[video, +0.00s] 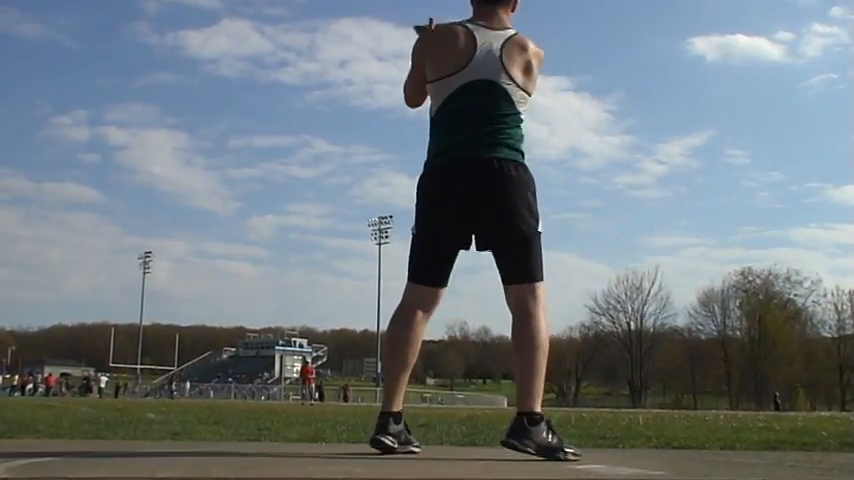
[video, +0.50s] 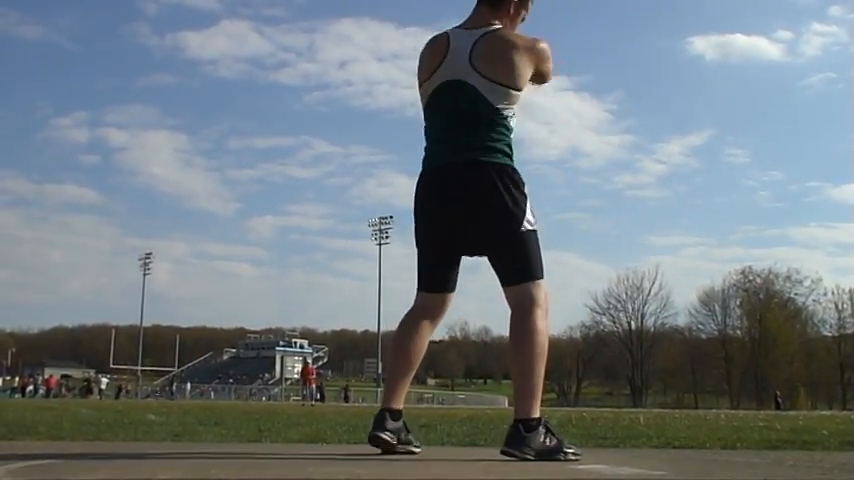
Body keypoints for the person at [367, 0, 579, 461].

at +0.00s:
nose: (517, 11)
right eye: (519, 7)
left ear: (471, 4)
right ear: (514, 7)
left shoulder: (435, 38)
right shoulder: (529, 50)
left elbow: (414, 96)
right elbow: (518, 90)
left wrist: (425, 42)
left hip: (443, 179)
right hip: (506, 180)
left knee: (418, 302)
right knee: (529, 304)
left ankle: (389, 419)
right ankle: (530, 421)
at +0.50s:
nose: (526, 16)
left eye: (526, 10)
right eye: (527, 10)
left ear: (480, 3)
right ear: (515, 7)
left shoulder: (432, 47)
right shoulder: (524, 47)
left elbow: (433, 98)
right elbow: (541, 76)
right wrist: (517, 50)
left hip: (434, 187)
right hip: (492, 183)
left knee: (427, 307)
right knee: (530, 303)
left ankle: (388, 418)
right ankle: (528, 428)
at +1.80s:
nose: (508, 10)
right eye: (510, 7)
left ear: (460, 4)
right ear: (505, 5)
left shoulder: (421, 44)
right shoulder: (523, 47)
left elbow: (409, 100)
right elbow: (509, 90)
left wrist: (427, 44)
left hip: (435, 183)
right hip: (498, 182)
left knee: (412, 303)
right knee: (525, 307)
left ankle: (382, 420)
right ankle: (529, 421)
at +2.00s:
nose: (496, 19)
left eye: (454, 11)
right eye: (499, 15)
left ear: (452, 12)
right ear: (497, 16)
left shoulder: (415, 57)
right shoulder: (511, 60)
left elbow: (392, 117)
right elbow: (456, 51)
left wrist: (394, 52)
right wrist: (400, 22)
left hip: (433, 195)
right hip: (495, 193)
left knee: (408, 313)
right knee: (521, 313)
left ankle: (379, 431)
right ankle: (524, 432)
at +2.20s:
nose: (512, 16)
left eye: (510, 11)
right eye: (513, 11)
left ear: (464, 7)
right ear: (504, 10)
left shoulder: (416, 56)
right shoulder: (515, 52)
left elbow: (424, 119)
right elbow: (509, 95)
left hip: (430, 197)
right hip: (491, 194)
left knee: (411, 314)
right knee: (524, 312)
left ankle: (381, 431)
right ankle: (525, 434)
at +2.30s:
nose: (520, 18)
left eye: (520, 12)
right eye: (521, 11)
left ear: (473, 7)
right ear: (512, 10)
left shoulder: (428, 54)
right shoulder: (525, 53)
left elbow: (432, 103)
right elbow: (533, 89)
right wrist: (492, 52)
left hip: (429, 197)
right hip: (489, 195)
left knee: (418, 314)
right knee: (527, 311)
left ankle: (382, 429)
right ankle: (526, 434)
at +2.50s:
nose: (542, 39)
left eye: (544, 30)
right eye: (541, 28)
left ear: (502, 20)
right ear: (520, 21)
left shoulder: (465, 68)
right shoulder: (520, 71)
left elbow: (513, 140)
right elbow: (579, 122)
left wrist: (581, 144)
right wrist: (647, 155)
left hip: (430, 203)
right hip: (476, 200)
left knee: (464, 319)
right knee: (538, 307)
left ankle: (391, 412)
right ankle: (527, 434)